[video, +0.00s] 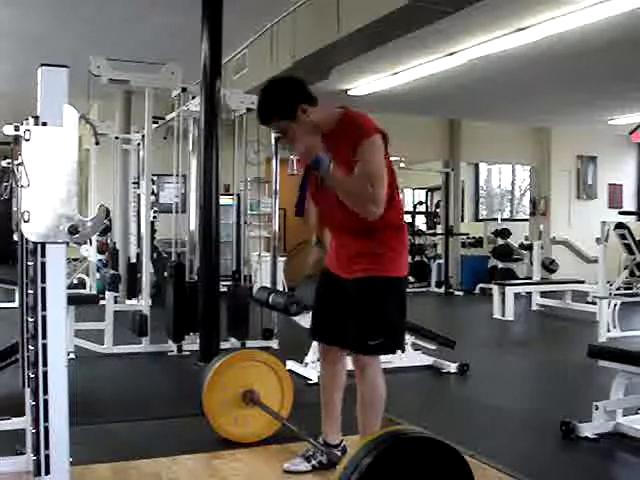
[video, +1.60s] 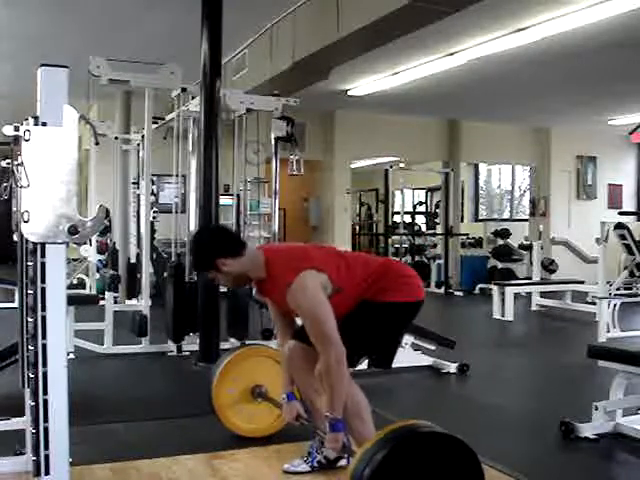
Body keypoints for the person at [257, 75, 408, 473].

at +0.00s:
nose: (287, 144)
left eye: (285, 134)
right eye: (281, 138)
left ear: (304, 112)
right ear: (302, 115)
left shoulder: (363, 131)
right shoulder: (319, 141)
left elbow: (373, 204)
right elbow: (321, 212)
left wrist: (322, 166)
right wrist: (308, 183)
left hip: (378, 265)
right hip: (339, 261)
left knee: (367, 358)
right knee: (329, 352)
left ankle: (369, 452)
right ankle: (331, 444)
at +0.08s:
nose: (283, 144)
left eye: (282, 135)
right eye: (277, 138)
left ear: (299, 112)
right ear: (295, 116)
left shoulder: (359, 133)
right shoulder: (312, 140)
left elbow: (377, 206)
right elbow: (316, 195)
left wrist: (319, 173)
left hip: (379, 262)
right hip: (340, 260)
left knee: (367, 357)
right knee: (329, 352)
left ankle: (370, 452)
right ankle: (331, 443)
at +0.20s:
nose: (271, 154)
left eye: (270, 145)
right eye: (264, 149)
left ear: (287, 120)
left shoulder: (343, 145)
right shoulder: (288, 161)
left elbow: (382, 216)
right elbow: (297, 223)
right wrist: (295, 280)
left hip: (387, 257)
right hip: (347, 258)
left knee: (371, 355)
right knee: (334, 350)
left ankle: (379, 452)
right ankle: (332, 444)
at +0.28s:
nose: (263, 172)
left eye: (262, 162)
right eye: (256, 168)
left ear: (277, 135)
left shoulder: (332, 158)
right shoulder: (285, 180)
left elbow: (369, 237)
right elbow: (289, 243)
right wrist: (292, 301)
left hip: (395, 254)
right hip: (355, 257)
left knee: (379, 354)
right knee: (335, 344)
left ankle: (384, 452)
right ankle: (331, 443)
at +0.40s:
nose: (259, 208)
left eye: (257, 198)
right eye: (251, 205)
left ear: (270, 173)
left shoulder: (326, 200)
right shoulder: (283, 210)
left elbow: (350, 279)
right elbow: (286, 276)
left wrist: (347, 354)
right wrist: (282, 342)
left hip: (407, 261)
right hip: (362, 267)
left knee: (381, 357)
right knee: (334, 346)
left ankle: (389, 448)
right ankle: (333, 445)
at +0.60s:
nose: (261, 262)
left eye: (258, 252)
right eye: (253, 260)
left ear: (270, 224)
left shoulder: (321, 250)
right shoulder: (281, 250)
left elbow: (339, 337)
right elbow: (281, 315)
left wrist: (334, 419)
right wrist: (282, 383)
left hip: (411, 267)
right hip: (366, 273)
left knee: (372, 356)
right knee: (332, 345)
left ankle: (385, 450)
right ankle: (333, 441)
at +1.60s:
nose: (220, 284)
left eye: (215, 277)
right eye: (214, 279)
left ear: (223, 264)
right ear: (228, 259)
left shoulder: (299, 281)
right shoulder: (264, 276)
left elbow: (335, 355)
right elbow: (285, 335)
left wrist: (336, 424)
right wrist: (289, 395)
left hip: (395, 291)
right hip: (364, 295)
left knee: (330, 372)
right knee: (297, 354)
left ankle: (375, 456)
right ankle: (330, 447)